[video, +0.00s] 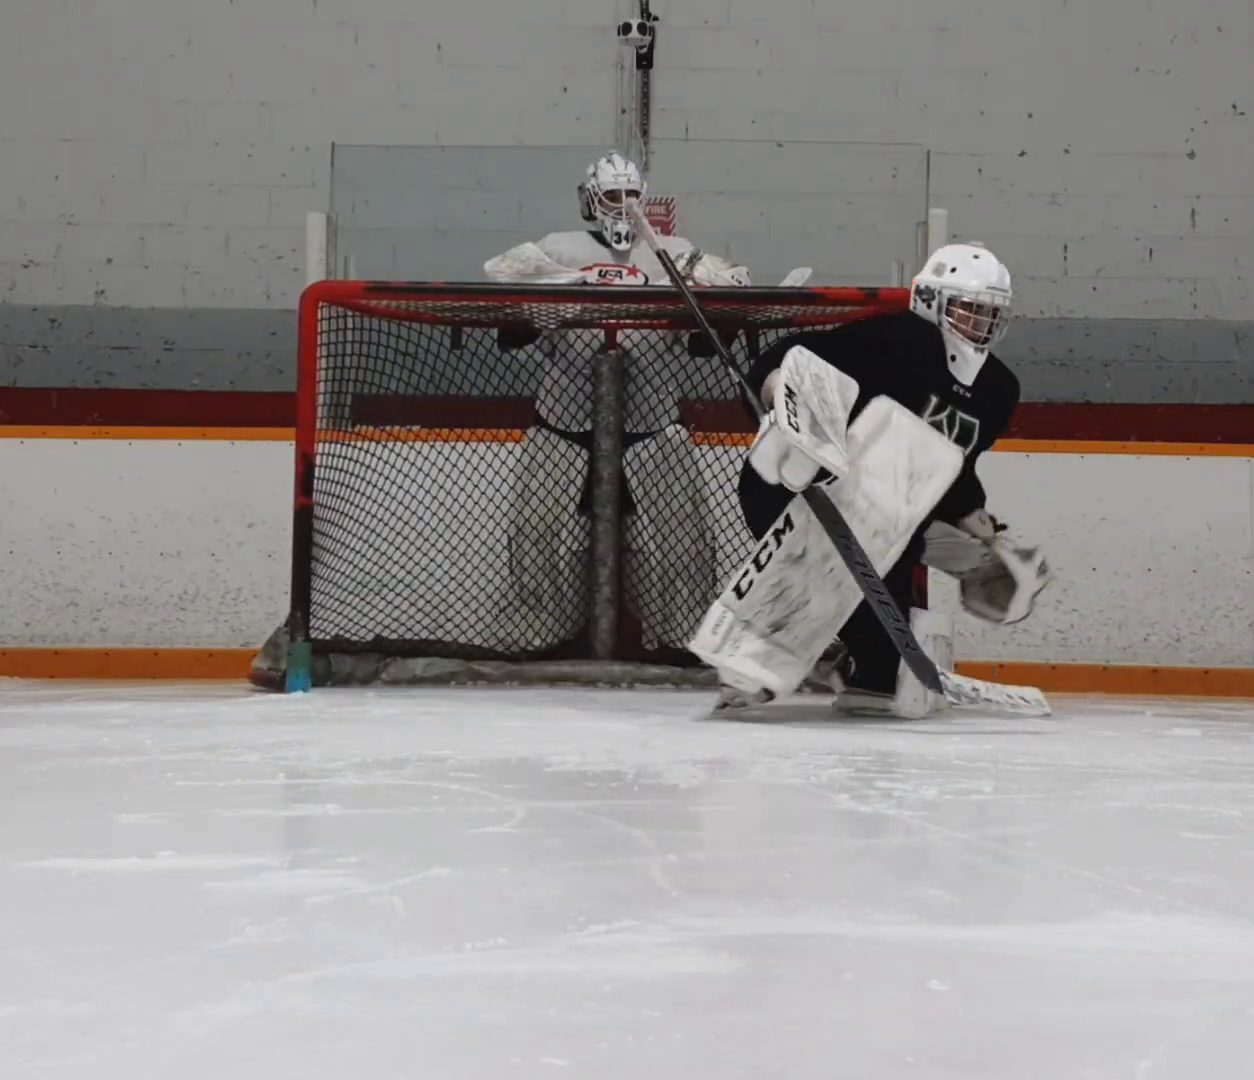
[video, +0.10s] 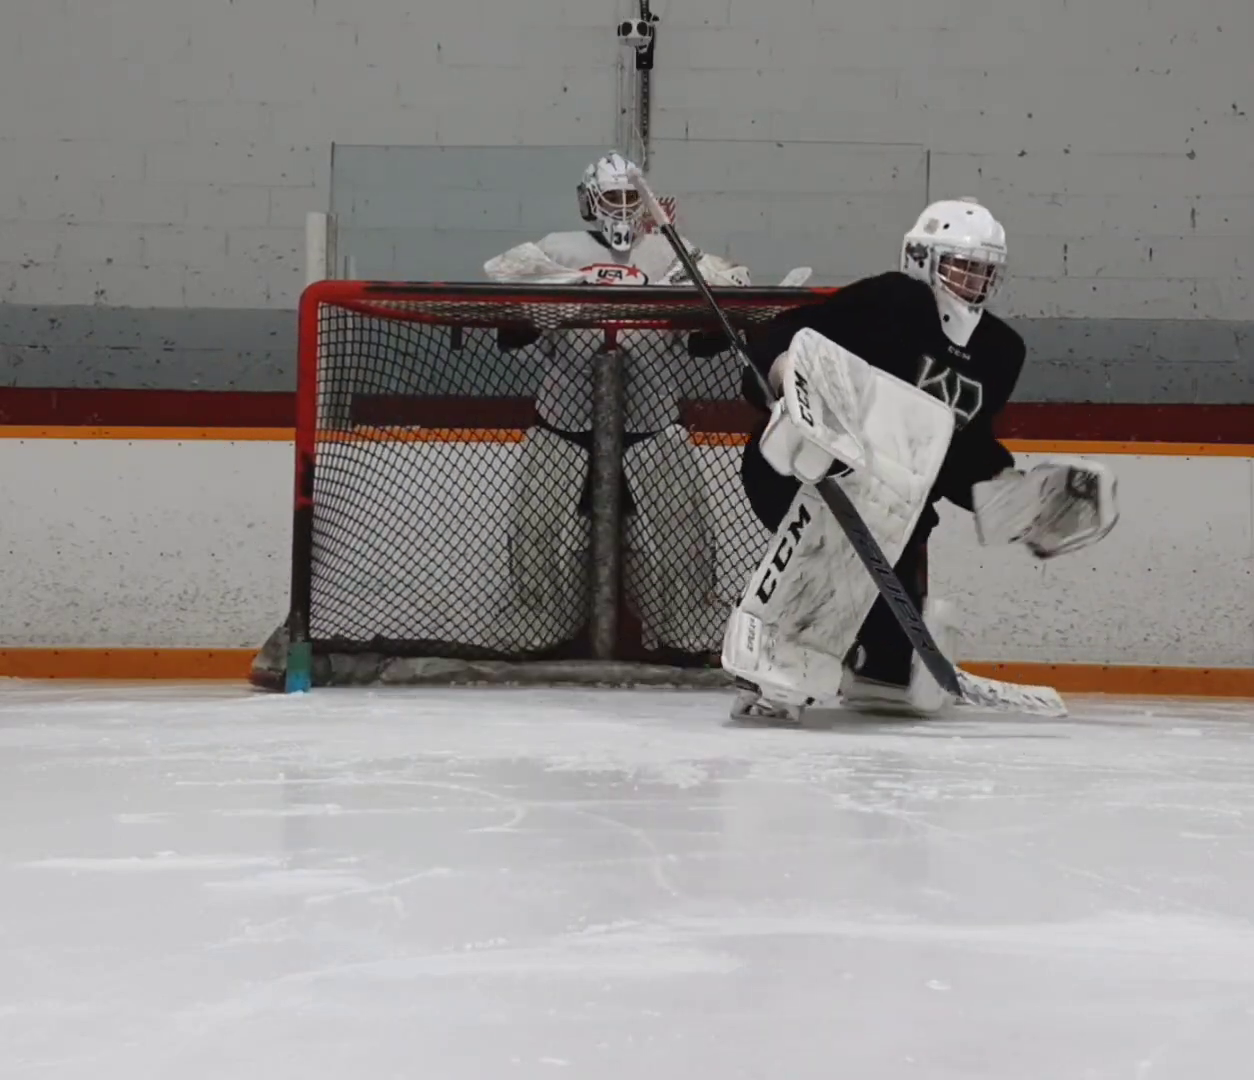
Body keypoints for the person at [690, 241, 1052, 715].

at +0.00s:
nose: (980, 324)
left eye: (990, 315)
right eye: (969, 310)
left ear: (1001, 318)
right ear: (934, 301)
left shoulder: (997, 389)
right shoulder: (895, 338)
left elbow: (950, 467)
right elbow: (778, 359)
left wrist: (981, 526)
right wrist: (778, 387)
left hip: (878, 515)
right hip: (786, 482)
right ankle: (752, 671)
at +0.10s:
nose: (974, 282)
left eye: (985, 272)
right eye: (961, 267)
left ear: (996, 276)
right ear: (925, 261)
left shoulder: (1000, 349)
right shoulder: (889, 300)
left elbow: (965, 449)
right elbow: (777, 337)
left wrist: (1024, 502)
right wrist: (789, 373)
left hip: (897, 498)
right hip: (799, 463)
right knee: (832, 545)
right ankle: (776, 679)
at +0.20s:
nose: (985, 247)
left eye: (995, 236)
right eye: (972, 233)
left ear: (1008, 241)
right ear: (934, 227)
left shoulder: (1008, 321)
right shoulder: (897, 272)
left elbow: (989, 417)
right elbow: (797, 321)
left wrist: (1071, 460)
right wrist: (830, 367)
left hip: (889, 456)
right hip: (798, 440)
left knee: (953, 512)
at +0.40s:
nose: (1024, 209)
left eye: (1035, 198)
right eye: (1012, 194)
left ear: (1047, 202)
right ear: (971, 187)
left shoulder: (1039, 280)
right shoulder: (925, 236)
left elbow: (1017, 376)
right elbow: (863, 306)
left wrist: (1106, 421)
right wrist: (906, 367)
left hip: (964, 418)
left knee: (1008, 515)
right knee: (906, 520)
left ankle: (1010, 681)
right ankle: (854, 671)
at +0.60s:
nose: (1029, 208)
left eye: (1042, 195)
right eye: (1014, 193)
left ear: (1056, 200)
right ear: (977, 190)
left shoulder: (1061, 282)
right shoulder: (934, 244)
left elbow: (1046, 368)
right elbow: (861, 322)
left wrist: (1116, 427)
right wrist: (887, 388)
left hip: (972, 422)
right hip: (873, 407)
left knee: (1043, 519)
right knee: (886, 528)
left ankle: (1075, 686)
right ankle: (764, 661)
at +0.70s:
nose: (1008, 220)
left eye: (1024, 207)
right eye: (994, 204)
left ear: (1041, 211)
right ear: (964, 201)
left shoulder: (1060, 288)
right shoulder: (916, 259)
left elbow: (1056, 379)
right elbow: (827, 348)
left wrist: (1131, 427)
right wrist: (863, 402)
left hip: (954, 446)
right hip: (837, 425)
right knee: (864, 543)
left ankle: (1082, 680)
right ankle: (718, 670)